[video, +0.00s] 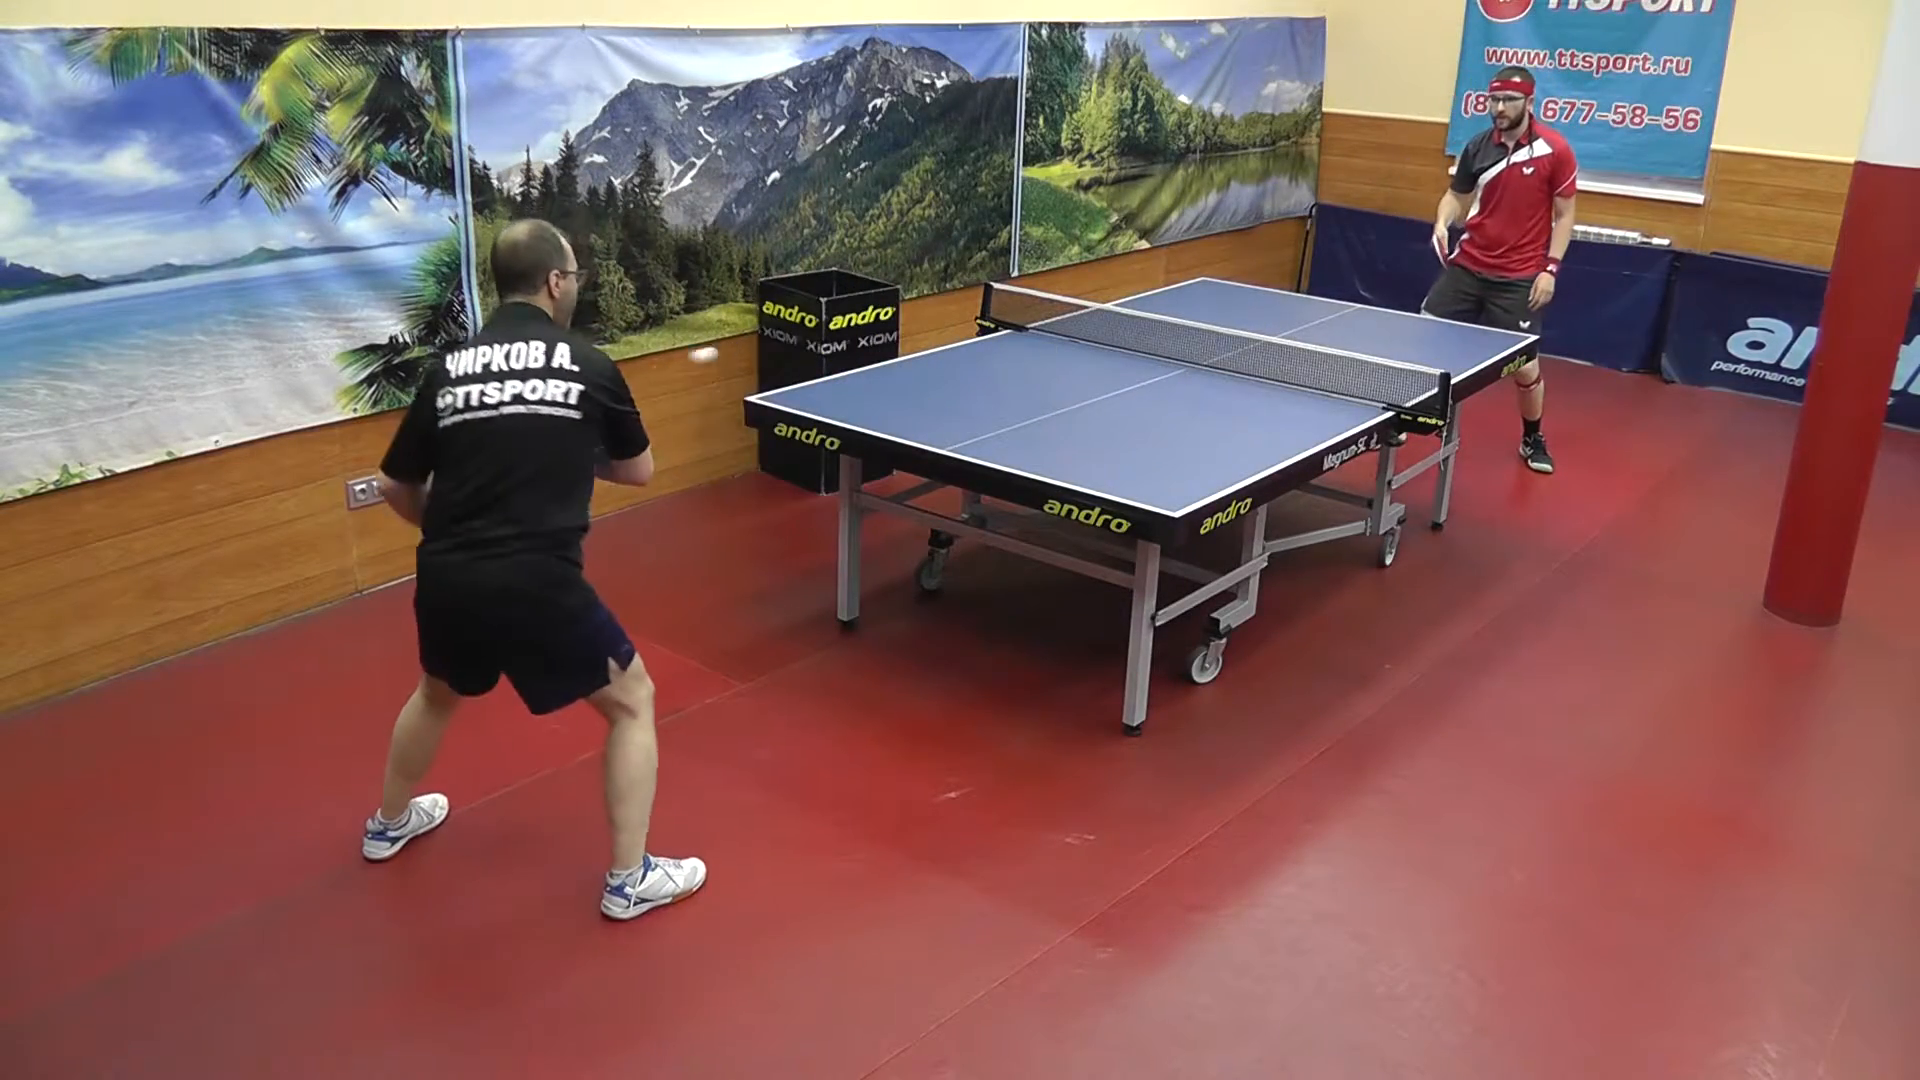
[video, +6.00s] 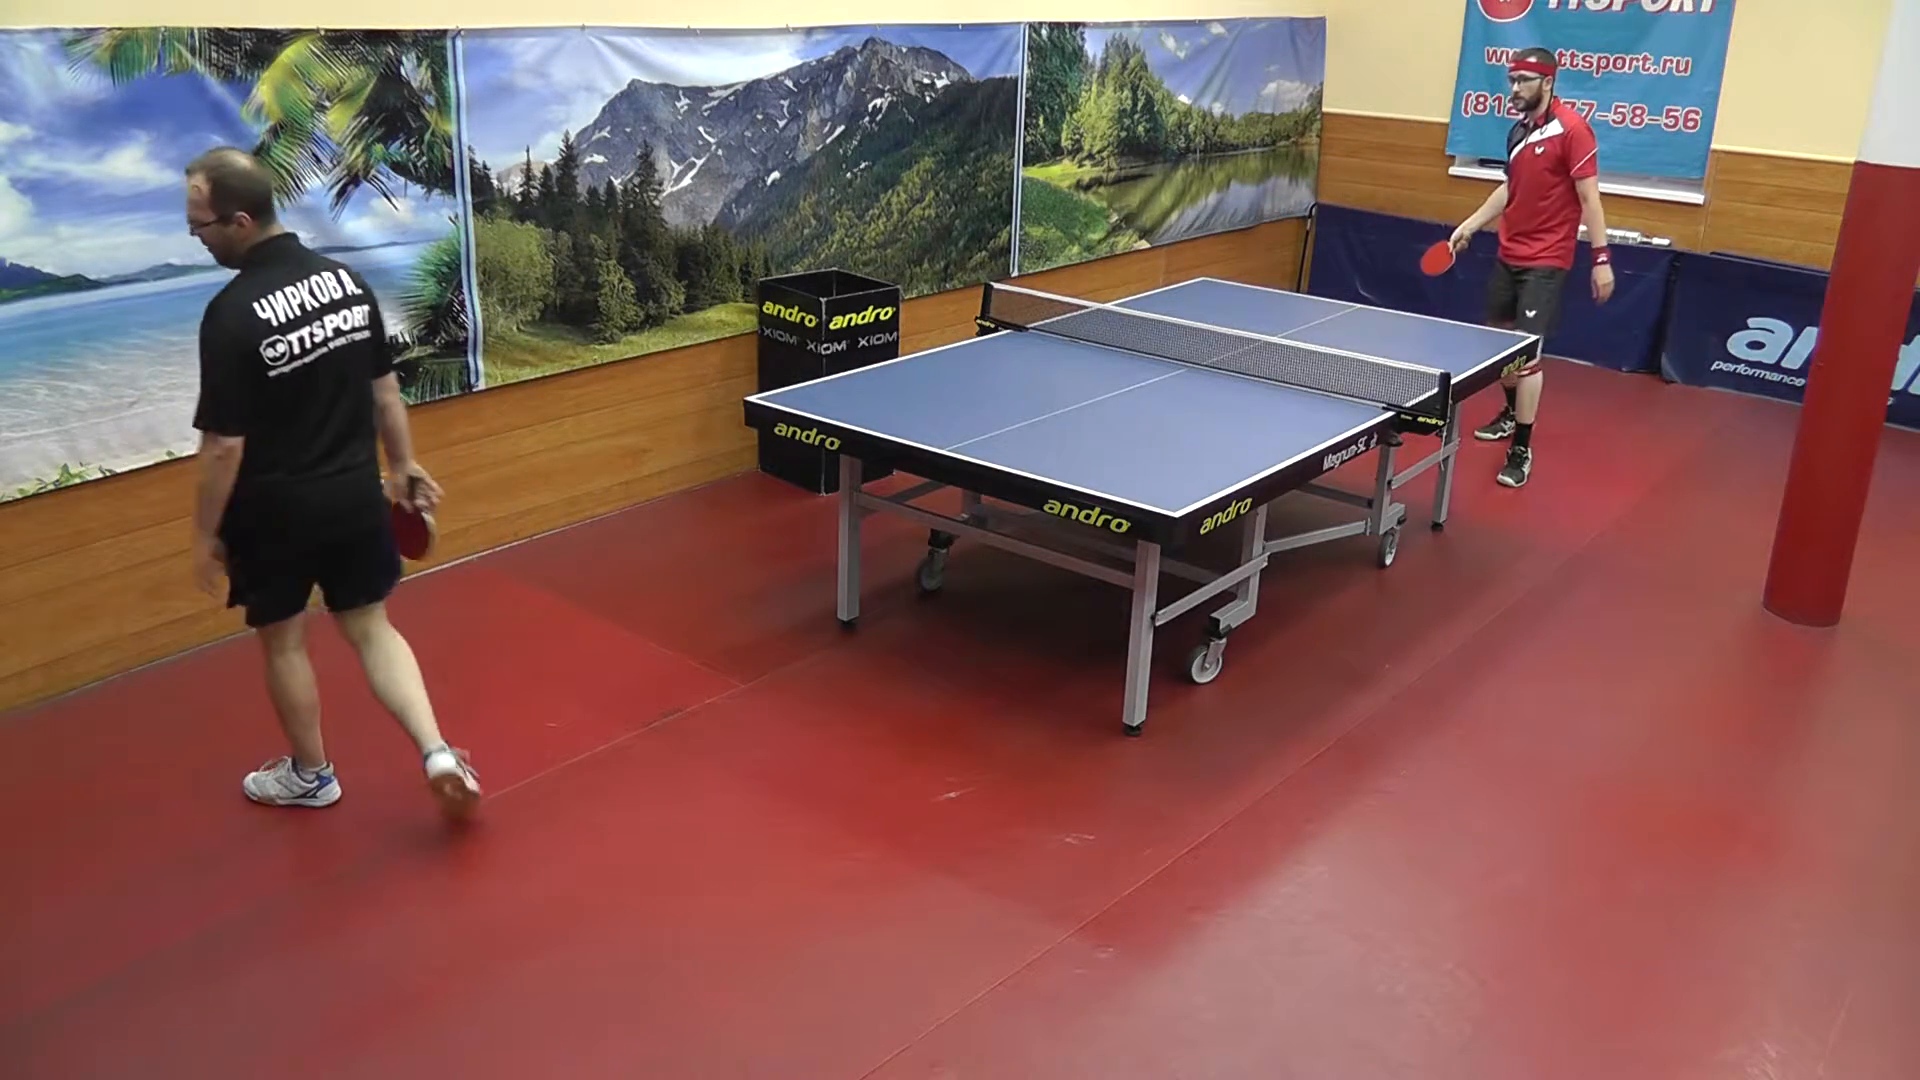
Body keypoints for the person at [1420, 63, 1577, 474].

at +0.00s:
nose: (1499, 108)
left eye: (1509, 101)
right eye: (1495, 100)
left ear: (1528, 103)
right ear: (1489, 101)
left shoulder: (1555, 152)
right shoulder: (1477, 148)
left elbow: (1564, 215)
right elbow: (1457, 196)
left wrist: (1549, 270)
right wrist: (1442, 222)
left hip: (1518, 280)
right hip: (1465, 270)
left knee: (1524, 368)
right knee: (1423, 337)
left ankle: (1532, 438)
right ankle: (1424, 409)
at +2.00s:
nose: (1457, 113)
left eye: (1465, 105)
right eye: (1451, 105)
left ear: (1484, 104)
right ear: (1444, 105)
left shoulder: (1514, 146)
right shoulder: (1439, 144)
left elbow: (1528, 211)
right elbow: (1406, 197)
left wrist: (1512, 265)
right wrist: (1411, 221)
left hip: (1494, 274)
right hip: (1441, 268)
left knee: (1517, 362)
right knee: (1398, 336)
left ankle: (1531, 438)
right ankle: (1398, 414)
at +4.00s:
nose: (1510, 111)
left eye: (1520, 104)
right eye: (1506, 103)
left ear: (1541, 106)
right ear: (1501, 103)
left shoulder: (1567, 153)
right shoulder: (1486, 152)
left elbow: (1581, 211)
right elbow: (1461, 202)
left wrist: (1582, 270)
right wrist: (1438, 237)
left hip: (1532, 281)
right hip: (1476, 270)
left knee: (1542, 370)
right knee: (1429, 340)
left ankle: (1551, 438)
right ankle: (1408, 413)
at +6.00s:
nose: (1516, 88)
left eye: (1525, 81)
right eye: (1513, 80)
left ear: (1547, 83)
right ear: (1513, 83)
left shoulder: (1573, 130)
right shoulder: (1519, 128)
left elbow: (1590, 199)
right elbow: (1511, 189)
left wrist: (1601, 258)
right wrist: (1470, 225)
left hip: (1547, 260)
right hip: (1509, 254)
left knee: (1527, 353)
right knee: (1496, 338)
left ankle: (1521, 450)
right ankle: (1513, 410)